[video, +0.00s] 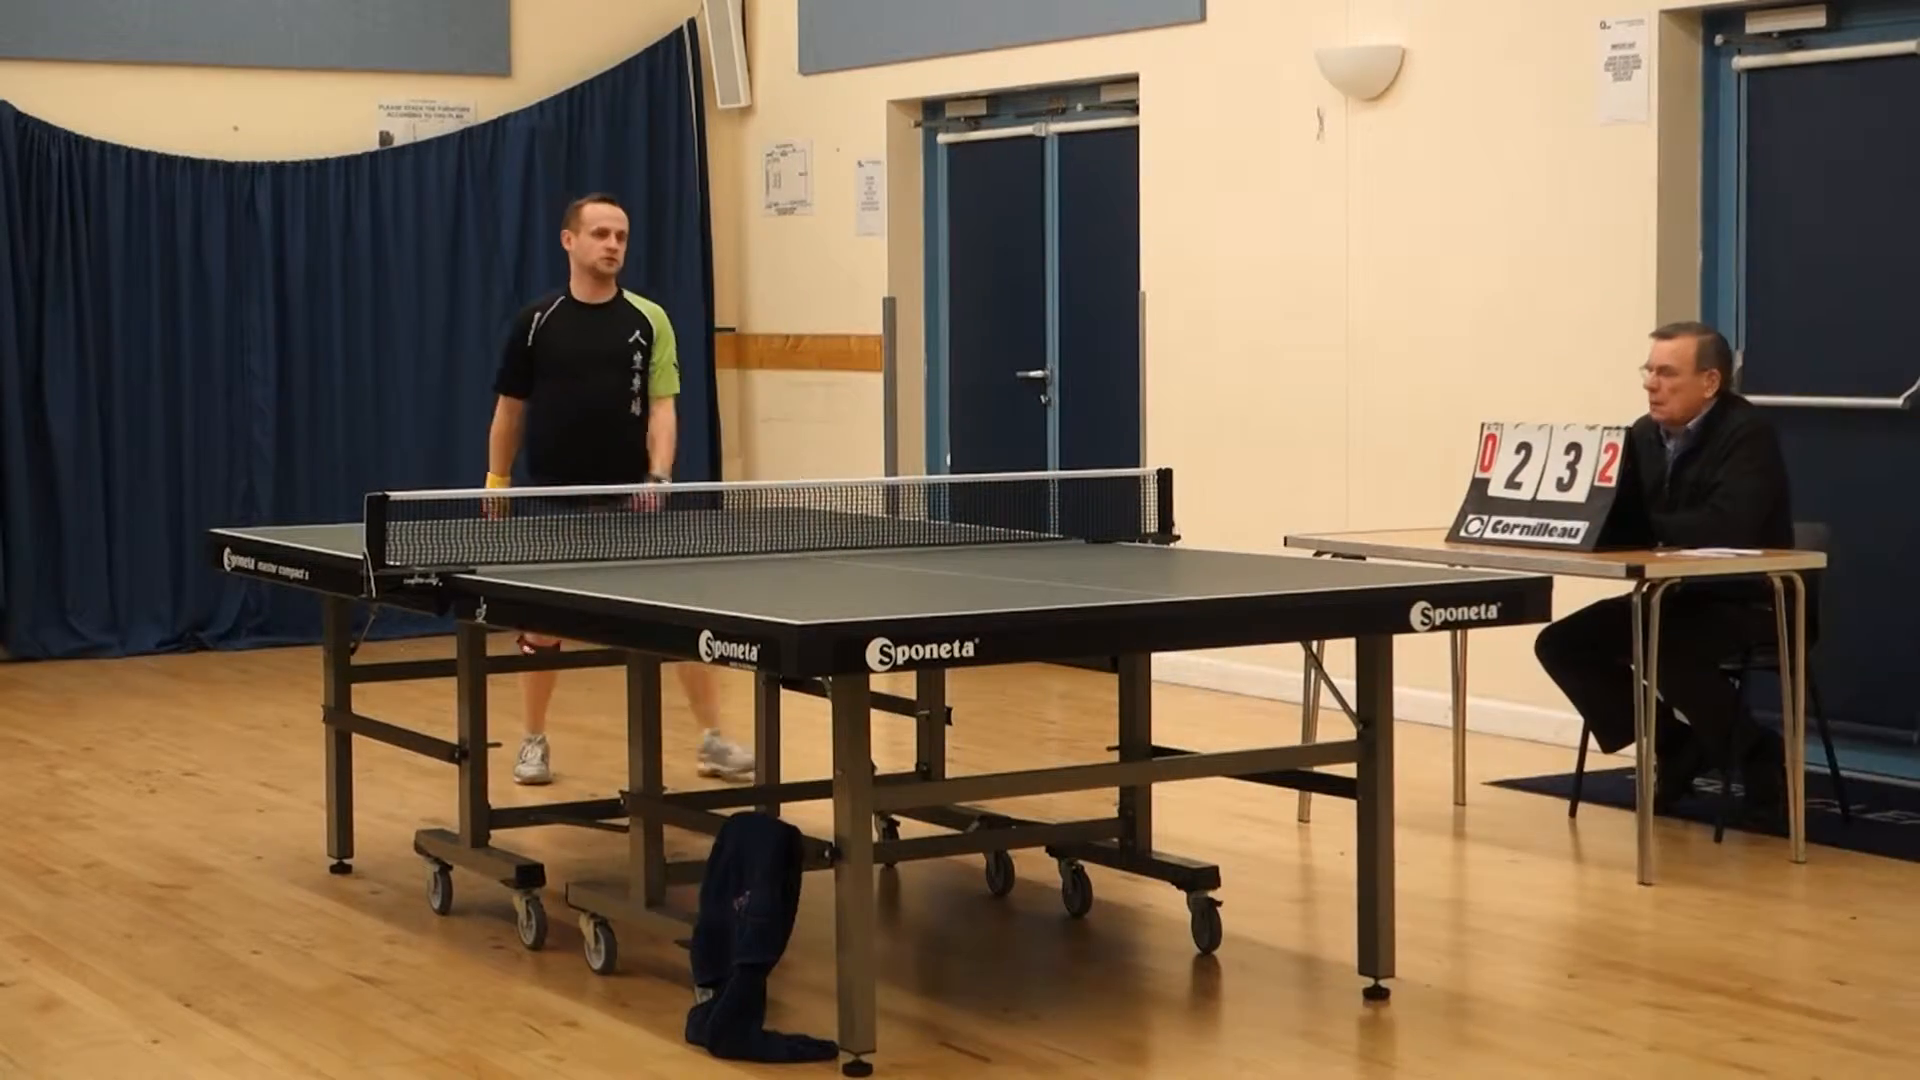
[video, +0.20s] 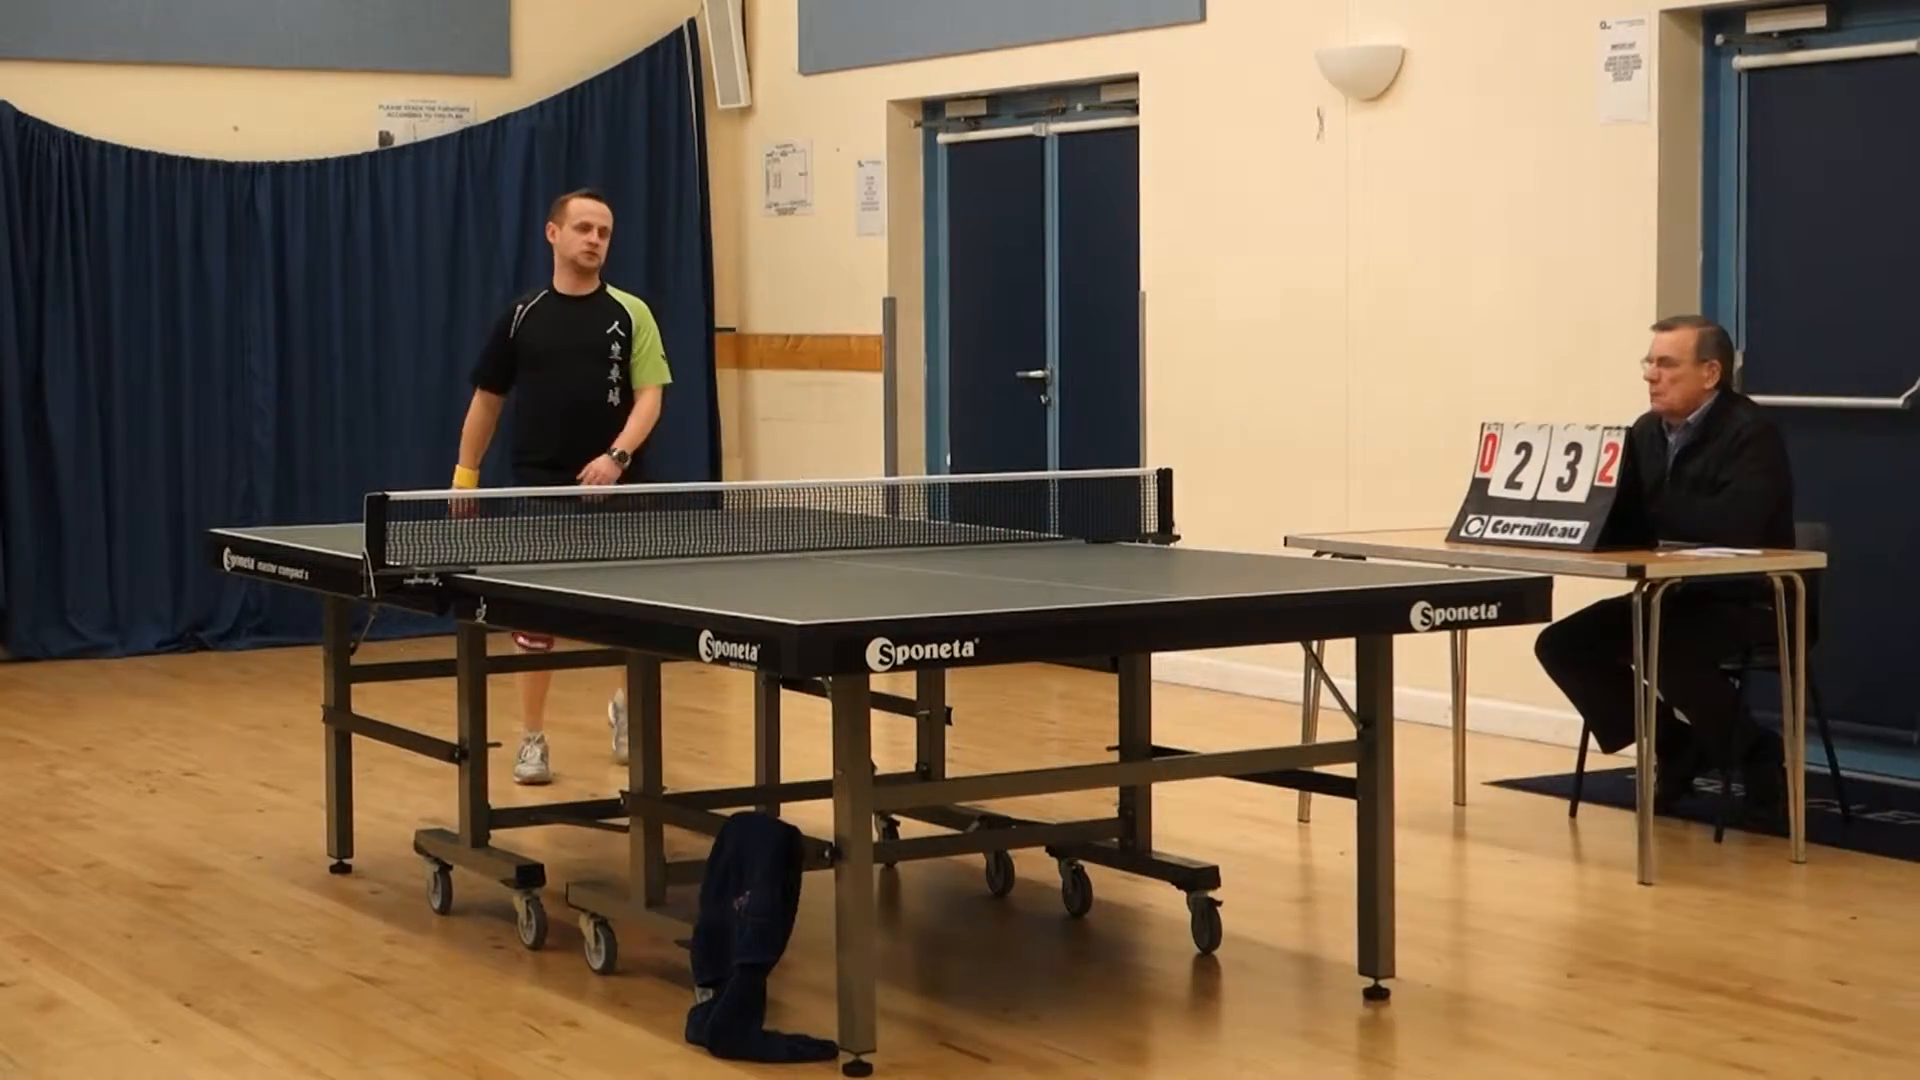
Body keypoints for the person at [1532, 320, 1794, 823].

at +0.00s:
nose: (1651, 382)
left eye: (1667, 372)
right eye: (1649, 370)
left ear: (1710, 382)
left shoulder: (1748, 435)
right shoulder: (1644, 436)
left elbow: (1734, 526)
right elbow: (1617, 521)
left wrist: (1645, 530)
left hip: (1754, 599)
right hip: (1672, 595)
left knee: (1668, 646)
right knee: (1561, 644)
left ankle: (1758, 753)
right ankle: (1672, 741)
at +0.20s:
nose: (1651, 374)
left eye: (1666, 364)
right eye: (1650, 362)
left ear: (1710, 375)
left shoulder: (1753, 435)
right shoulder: (1646, 433)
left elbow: (1743, 526)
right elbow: (1619, 521)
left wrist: (1648, 511)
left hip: (1750, 597)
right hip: (1669, 592)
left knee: (1668, 647)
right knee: (1562, 644)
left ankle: (1755, 751)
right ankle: (1673, 741)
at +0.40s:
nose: (1649, 370)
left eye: (1664, 359)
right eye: (1648, 359)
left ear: (1709, 368)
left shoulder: (1754, 429)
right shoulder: (1647, 430)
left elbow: (1751, 520)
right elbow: (1618, 527)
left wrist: (1660, 471)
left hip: (1749, 596)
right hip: (1669, 592)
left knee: (1668, 647)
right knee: (1561, 645)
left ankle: (1750, 748)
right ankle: (1671, 741)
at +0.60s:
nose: (1651, 366)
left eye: (1666, 354)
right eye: (1649, 355)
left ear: (1710, 362)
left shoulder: (1755, 424)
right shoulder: (1650, 427)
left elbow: (1722, 492)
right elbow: (1612, 517)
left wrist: (1644, 444)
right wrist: (1580, 444)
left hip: (1752, 594)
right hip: (1672, 591)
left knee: (1669, 647)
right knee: (1562, 644)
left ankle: (1751, 748)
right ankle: (1671, 741)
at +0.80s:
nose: (1651, 365)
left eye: (1666, 353)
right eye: (1650, 354)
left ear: (1711, 360)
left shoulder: (1753, 420)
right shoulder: (1652, 429)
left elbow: (1713, 479)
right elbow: (1622, 526)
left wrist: (1625, 435)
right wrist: (1565, 464)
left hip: (1757, 594)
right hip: (1677, 591)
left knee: (1667, 646)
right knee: (1562, 644)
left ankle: (1753, 749)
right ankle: (1673, 741)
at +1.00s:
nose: (1651, 365)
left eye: (1665, 353)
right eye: (1649, 354)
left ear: (1710, 359)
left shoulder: (1754, 419)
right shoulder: (1652, 428)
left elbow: (1707, 467)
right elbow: (1615, 524)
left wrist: (1627, 424)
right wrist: (1563, 450)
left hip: (1753, 595)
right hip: (1675, 592)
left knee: (1665, 646)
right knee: (1562, 643)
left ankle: (1752, 747)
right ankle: (1673, 742)